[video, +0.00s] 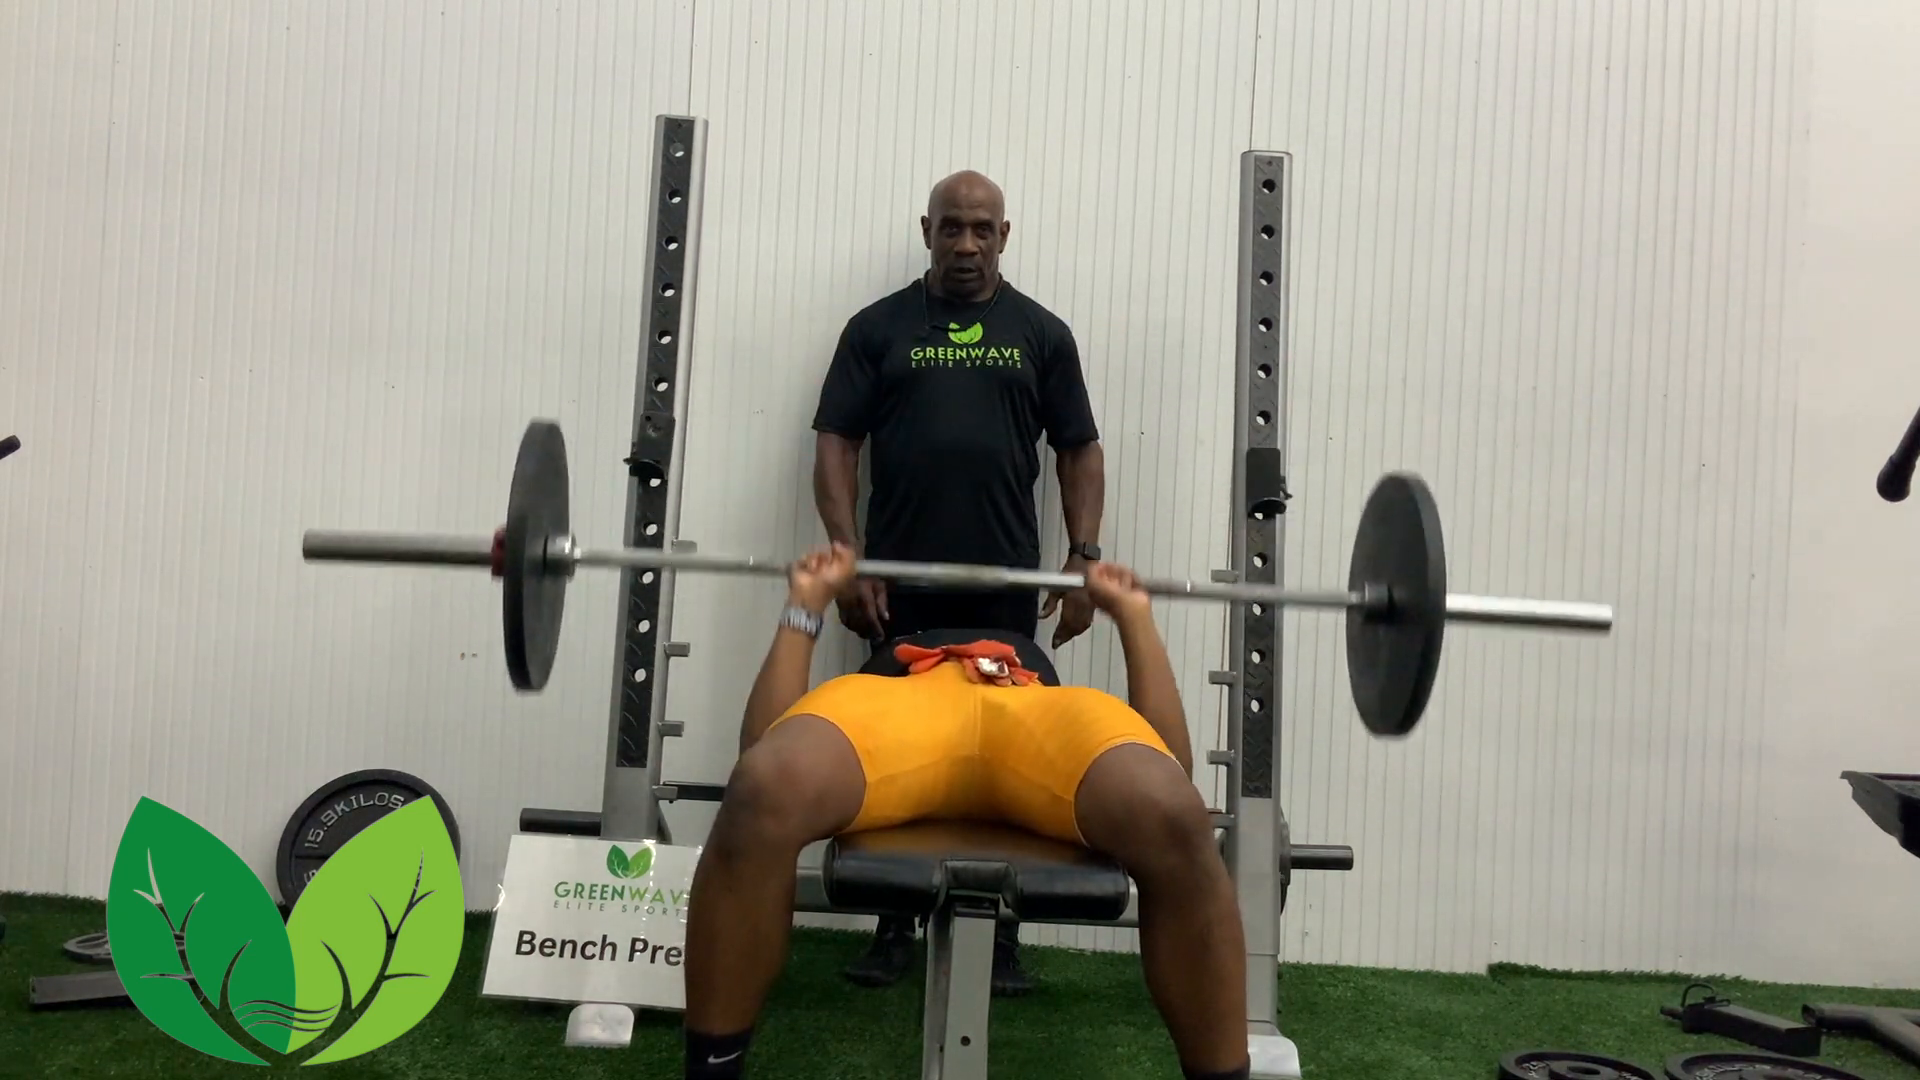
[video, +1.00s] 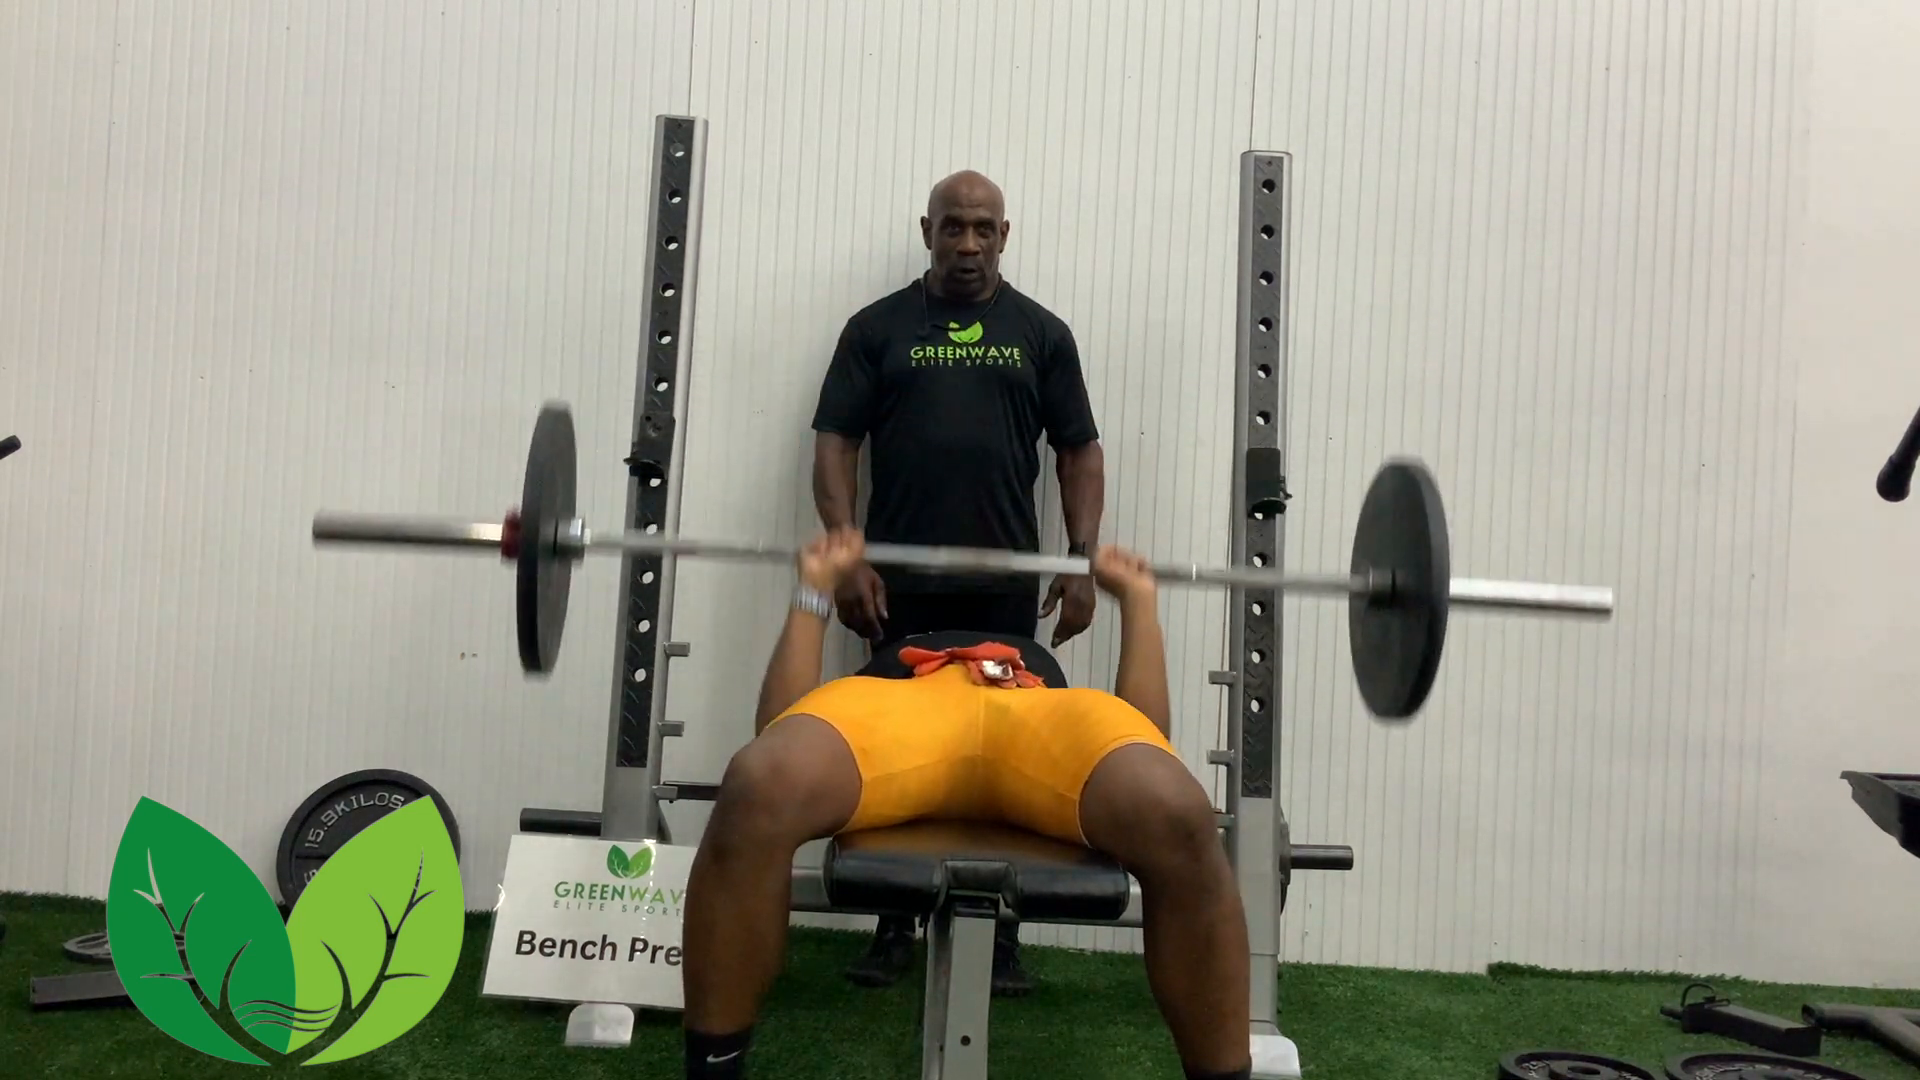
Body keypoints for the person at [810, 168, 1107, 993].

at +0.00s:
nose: (968, 244)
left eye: (984, 231)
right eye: (952, 229)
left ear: (1005, 239)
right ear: (927, 235)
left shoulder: (1042, 336)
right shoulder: (876, 330)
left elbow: (1079, 452)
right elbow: (835, 447)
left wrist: (1082, 558)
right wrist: (848, 560)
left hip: (1006, 590)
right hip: (901, 587)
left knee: (1012, 761)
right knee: (889, 757)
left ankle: (1000, 930)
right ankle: (895, 922)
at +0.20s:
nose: (968, 244)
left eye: (984, 230)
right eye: (952, 229)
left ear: (1005, 239)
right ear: (927, 235)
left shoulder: (1042, 336)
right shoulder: (876, 330)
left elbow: (1079, 453)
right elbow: (835, 447)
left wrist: (1081, 559)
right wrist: (848, 559)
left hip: (1007, 594)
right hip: (901, 589)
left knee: (1012, 761)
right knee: (889, 760)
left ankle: (1001, 931)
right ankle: (895, 923)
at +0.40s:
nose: (967, 244)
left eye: (984, 231)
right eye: (952, 229)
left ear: (1005, 239)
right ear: (926, 234)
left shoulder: (1042, 336)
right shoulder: (875, 331)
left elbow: (1079, 458)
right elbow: (831, 457)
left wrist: (1082, 558)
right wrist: (849, 561)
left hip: (1006, 588)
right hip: (900, 586)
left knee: (1013, 753)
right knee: (888, 751)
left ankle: (999, 931)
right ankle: (895, 922)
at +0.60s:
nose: (967, 244)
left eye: (983, 230)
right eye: (951, 228)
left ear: (1005, 238)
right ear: (926, 234)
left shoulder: (1042, 333)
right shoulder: (876, 328)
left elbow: (1079, 462)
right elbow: (846, 453)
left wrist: (1090, 566)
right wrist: (855, 563)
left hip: (1005, 577)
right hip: (900, 573)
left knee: (1011, 748)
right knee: (892, 744)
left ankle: (1000, 927)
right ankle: (896, 920)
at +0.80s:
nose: (969, 243)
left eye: (985, 230)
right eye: (953, 228)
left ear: (1005, 239)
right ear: (926, 234)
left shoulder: (1043, 336)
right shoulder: (871, 333)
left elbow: (1078, 451)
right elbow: (838, 458)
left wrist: (1081, 555)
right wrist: (850, 557)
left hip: (1007, 583)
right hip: (899, 577)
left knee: (1009, 759)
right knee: (891, 752)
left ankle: (998, 929)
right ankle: (896, 920)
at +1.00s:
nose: (969, 242)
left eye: (985, 229)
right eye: (953, 228)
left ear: (1005, 239)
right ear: (927, 234)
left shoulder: (1041, 336)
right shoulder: (875, 331)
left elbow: (1078, 454)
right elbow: (835, 445)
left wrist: (1083, 562)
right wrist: (847, 554)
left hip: (1007, 587)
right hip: (902, 584)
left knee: (1012, 758)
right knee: (892, 757)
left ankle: (1000, 929)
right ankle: (895, 922)